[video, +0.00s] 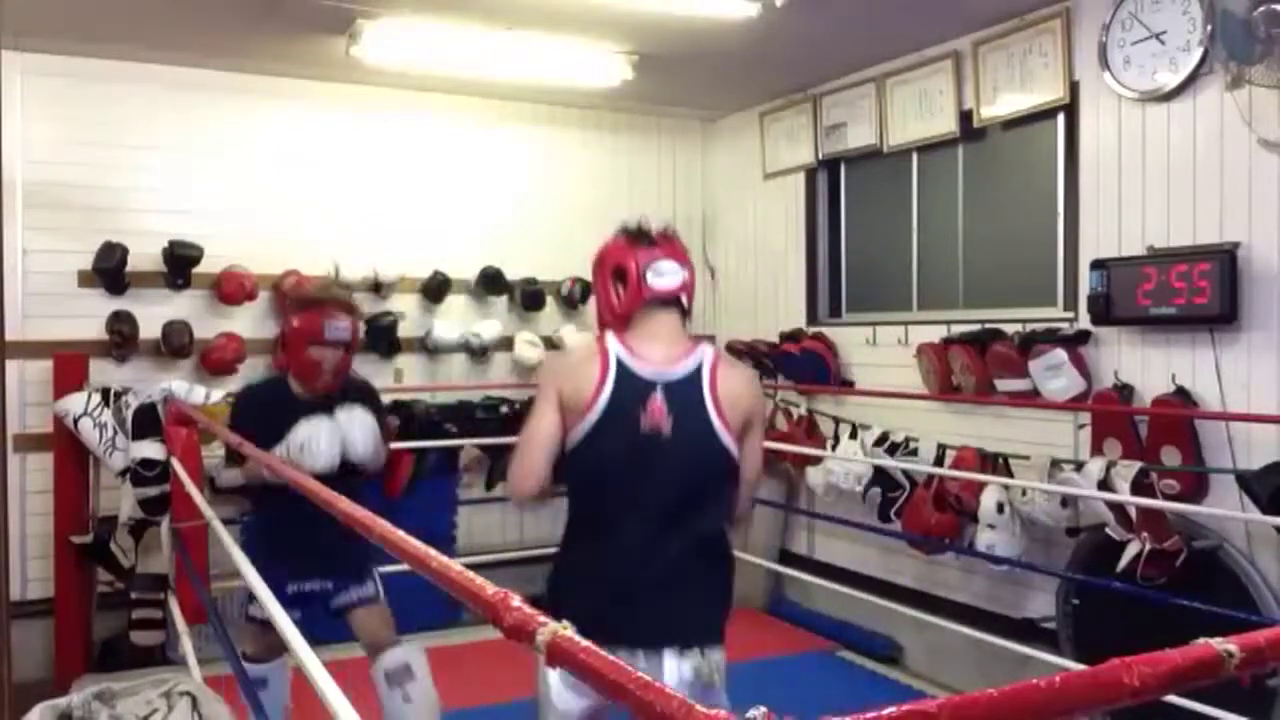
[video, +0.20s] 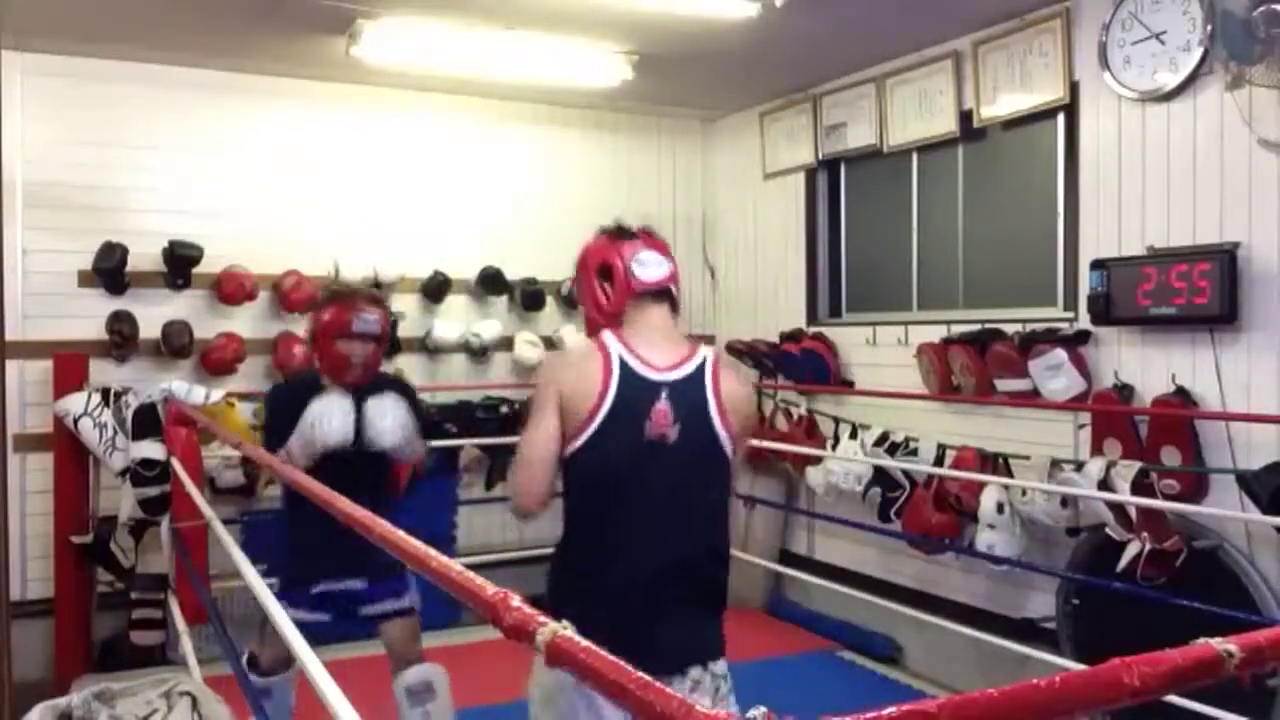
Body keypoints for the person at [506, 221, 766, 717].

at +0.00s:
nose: (596, 301)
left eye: (600, 288)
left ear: (615, 289)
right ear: (687, 290)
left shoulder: (572, 368)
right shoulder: (738, 382)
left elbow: (524, 485)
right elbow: (739, 504)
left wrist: (585, 462)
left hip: (584, 623)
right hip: (690, 628)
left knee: (569, 709)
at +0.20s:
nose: (583, 309)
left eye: (585, 294)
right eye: (582, 296)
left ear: (604, 289)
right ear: (674, 288)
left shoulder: (569, 368)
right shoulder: (732, 380)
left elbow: (527, 497)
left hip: (588, 649)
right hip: (692, 648)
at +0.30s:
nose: (565, 296)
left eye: (565, 281)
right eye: (563, 284)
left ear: (584, 272)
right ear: (652, 268)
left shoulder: (564, 351)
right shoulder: (716, 358)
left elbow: (522, 473)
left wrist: (527, 373)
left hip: (579, 617)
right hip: (682, 616)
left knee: (534, 697)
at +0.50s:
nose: (525, 325)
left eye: (526, 311)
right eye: (522, 313)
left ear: (544, 306)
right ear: (608, 295)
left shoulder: (539, 392)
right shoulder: (670, 376)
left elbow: (498, 496)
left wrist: (491, 399)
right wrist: (558, 366)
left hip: (567, 650)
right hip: (664, 640)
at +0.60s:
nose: (506, 321)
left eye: (508, 306)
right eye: (506, 307)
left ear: (523, 307)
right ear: (590, 304)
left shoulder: (508, 398)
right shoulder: (649, 389)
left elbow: (456, 505)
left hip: (536, 650)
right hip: (635, 643)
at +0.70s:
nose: (491, 309)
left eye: (494, 296)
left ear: (503, 302)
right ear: (575, 304)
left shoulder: (461, 370)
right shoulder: (611, 381)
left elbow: (372, 416)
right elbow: (626, 486)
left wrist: (405, 381)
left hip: (485, 617)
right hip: (582, 620)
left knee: (477, 709)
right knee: (602, 709)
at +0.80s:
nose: (552, 330)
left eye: (551, 317)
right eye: (549, 318)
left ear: (475, 325)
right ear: (538, 324)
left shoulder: (440, 387)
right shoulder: (548, 393)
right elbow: (600, 498)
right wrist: (583, 421)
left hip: (451, 627)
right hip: (533, 633)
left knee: (456, 711)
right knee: (610, 709)